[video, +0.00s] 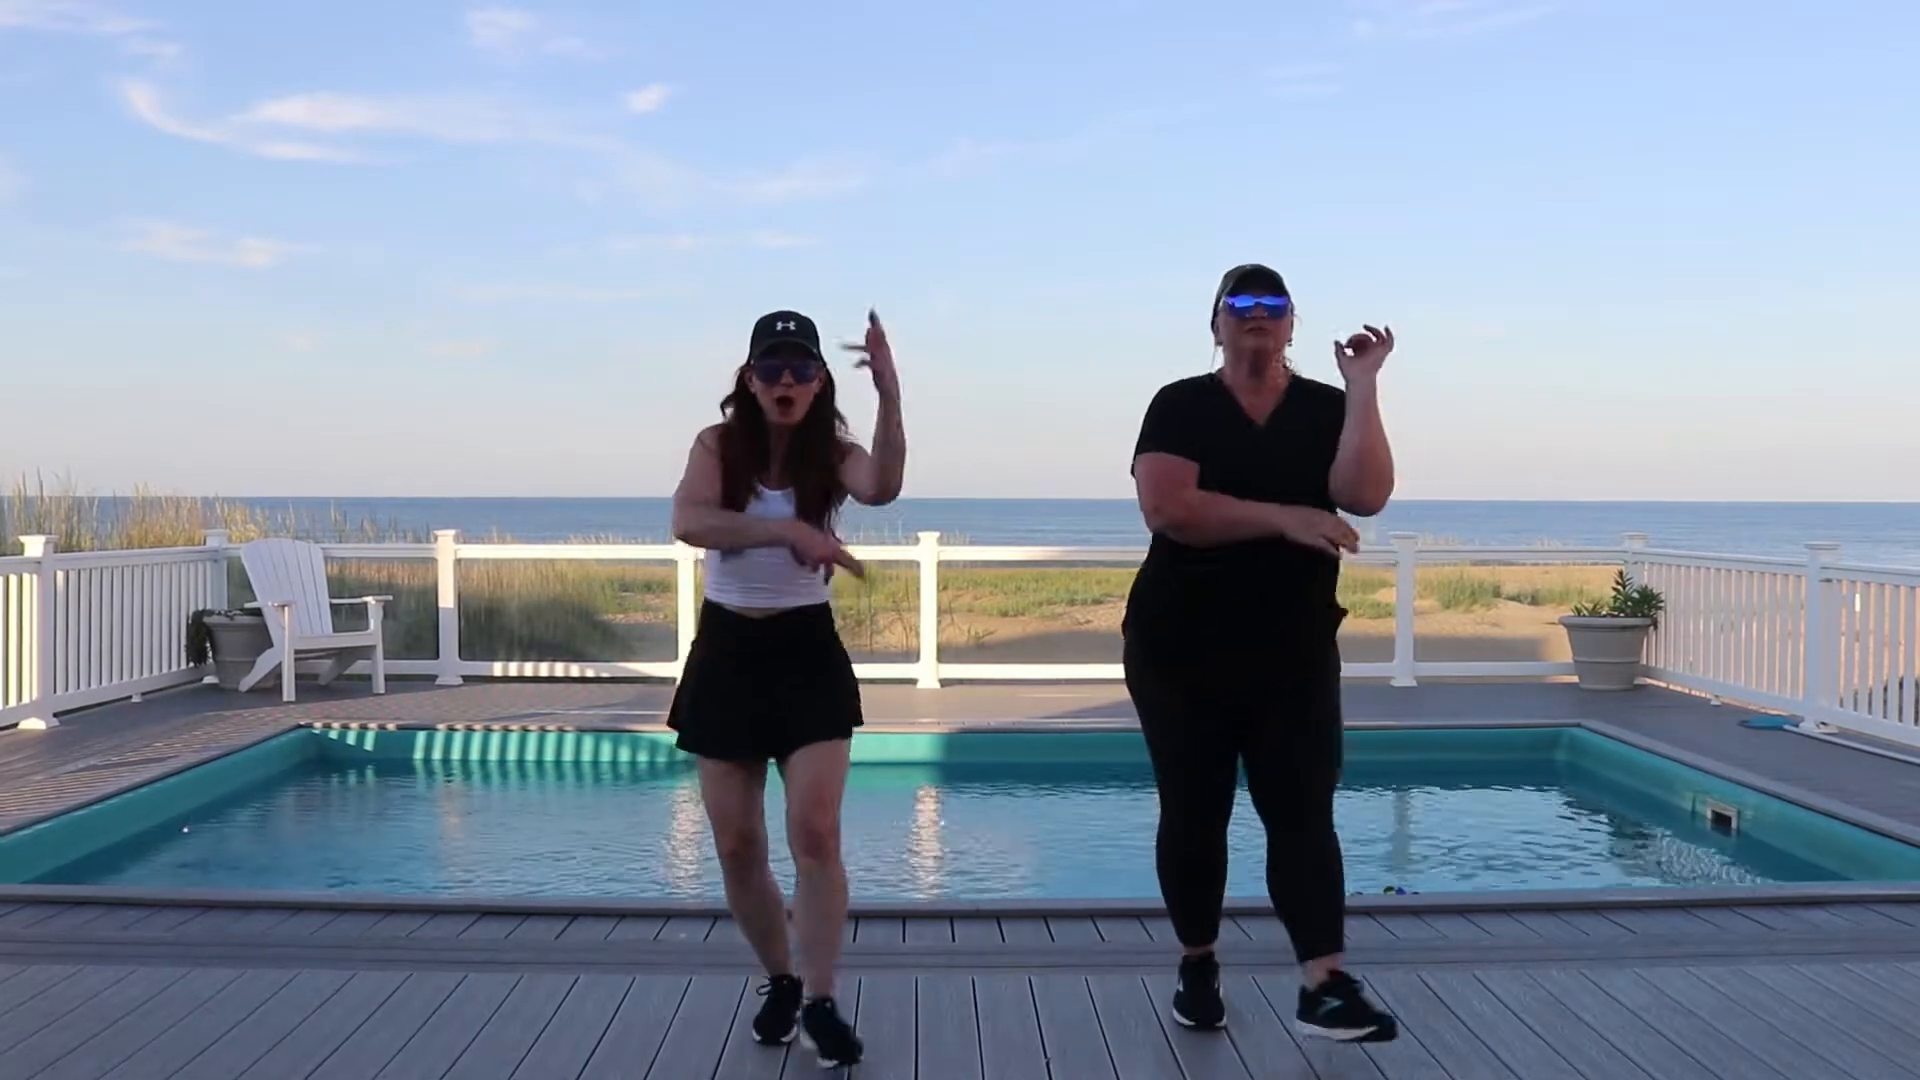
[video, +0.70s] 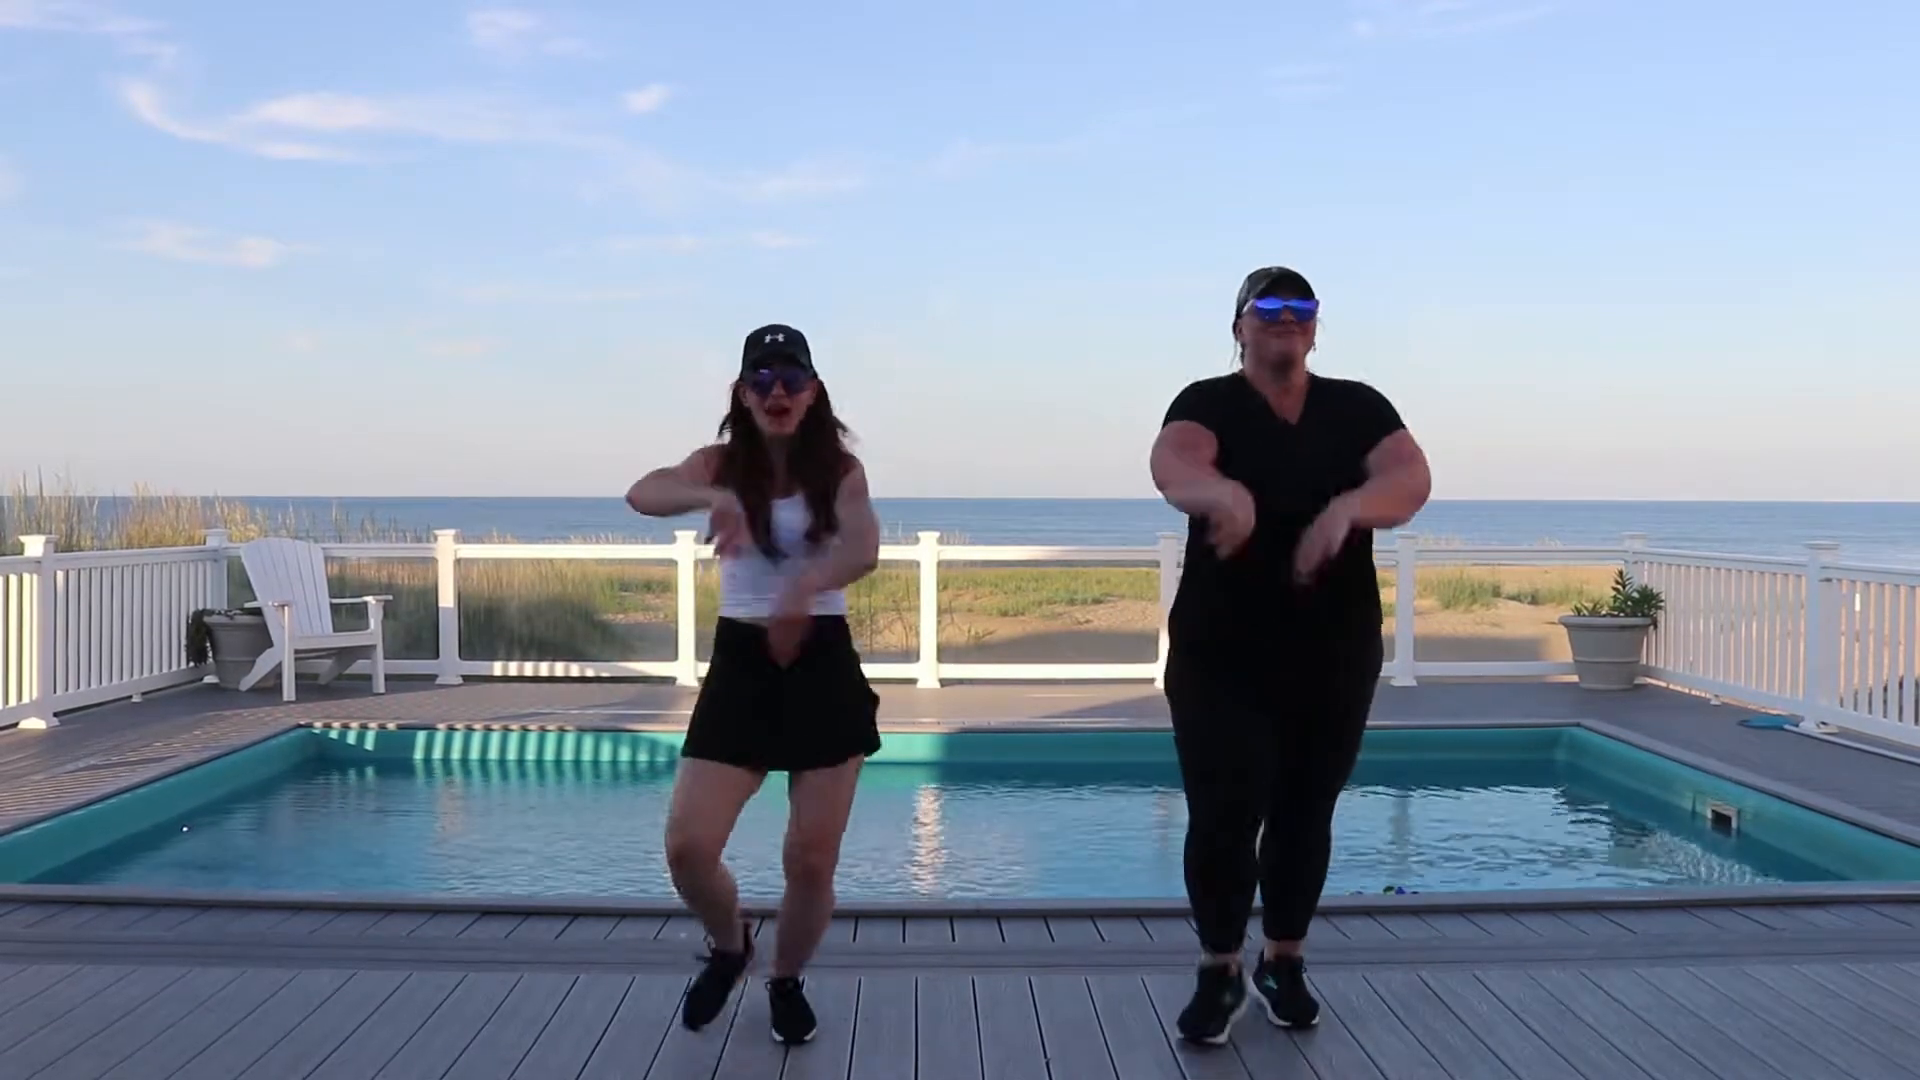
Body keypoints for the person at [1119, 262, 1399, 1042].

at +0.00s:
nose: (1260, 316)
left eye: (1273, 306)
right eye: (1244, 306)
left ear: (1291, 324)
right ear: (1218, 323)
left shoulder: (1327, 412)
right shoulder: (1181, 405)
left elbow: (1368, 494)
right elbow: (1167, 508)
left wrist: (1362, 387)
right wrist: (1284, 518)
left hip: (1293, 645)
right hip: (1184, 646)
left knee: (1303, 808)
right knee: (1193, 808)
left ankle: (1324, 978)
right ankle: (1198, 962)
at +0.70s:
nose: (1287, 326)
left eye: (1299, 315)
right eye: (1271, 315)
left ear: (1315, 329)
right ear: (1241, 328)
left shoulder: (1356, 406)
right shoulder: (1206, 402)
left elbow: (1411, 478)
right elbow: (1174, 465)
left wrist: (1349, 507)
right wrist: (1221, 493)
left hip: (1331, 656)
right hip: (1221, 655)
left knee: (1305, 813)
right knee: (1222, 814)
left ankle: (1284, 964)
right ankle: (1219, 970)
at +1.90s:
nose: (1274, 314)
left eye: (1287, 304)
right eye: (1258, 303)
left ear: (1303, 321)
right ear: (1228, 319)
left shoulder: (1338, 405)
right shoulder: (1188, 404)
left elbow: (1378, 474)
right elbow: (1169, 497)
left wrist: (1365, 361)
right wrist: (1295, 489)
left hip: (1319, 660)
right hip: (1204, 663)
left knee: (1312, 829)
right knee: (1204, 829)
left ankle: (1301, 993)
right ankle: (1210, 969)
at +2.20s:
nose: (1274, 316)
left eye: (1288, 306)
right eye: (1258, 305)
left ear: (1306, 323)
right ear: (1230, 322)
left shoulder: (1343, 405)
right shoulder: (1193, 406)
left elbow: (1384, 469)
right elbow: (1174, 498)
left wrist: (1365, 350)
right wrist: (1299, 490)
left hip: (1316, 649)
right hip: (1201, 654)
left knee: (1333, 814)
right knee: (1212, 821)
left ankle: (1308, 984)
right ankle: (1218, 967)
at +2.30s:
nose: (1272, 314)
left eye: (1286, 304)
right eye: (1256, 303)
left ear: (1305, 321)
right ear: (1230, 321)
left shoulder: (1342, 402)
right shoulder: (1196, 405)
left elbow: (1393, 472)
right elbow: (1168, 485)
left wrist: (1348, 361)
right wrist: (1286, 499)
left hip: (1316, 647)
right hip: (1202, 649)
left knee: (1324, 817)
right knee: (1211, 817)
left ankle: (1291, 969)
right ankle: (1215, 965)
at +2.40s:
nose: (1274, 334)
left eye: (1288, 320)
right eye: (1259, 320)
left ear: (1307, 323)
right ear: (1233, 324)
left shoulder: (1352, 400)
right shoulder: (1196, 399)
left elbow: (1412, 474)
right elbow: (1167, 460)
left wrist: (1328, 449)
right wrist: (1234, 468)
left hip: (1322, 657)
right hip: (1210, 656)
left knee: (1302, 824)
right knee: (1210, 821)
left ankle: (1279, 970)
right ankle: (1216, 958)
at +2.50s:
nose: (1286, 364)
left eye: (1298, 350)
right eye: (1271, 349)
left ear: (1313, 340)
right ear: (1238, 339)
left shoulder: (1353, 409)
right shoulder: (1195, 408)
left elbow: (1409, 489)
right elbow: (1179, 470)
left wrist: (1307, 498)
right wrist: (1230, 384)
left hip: (1327, 667)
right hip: (1216, 665)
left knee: (1301, 823)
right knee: (1222, 825)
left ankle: (1278, 974)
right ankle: (1214, 1000)